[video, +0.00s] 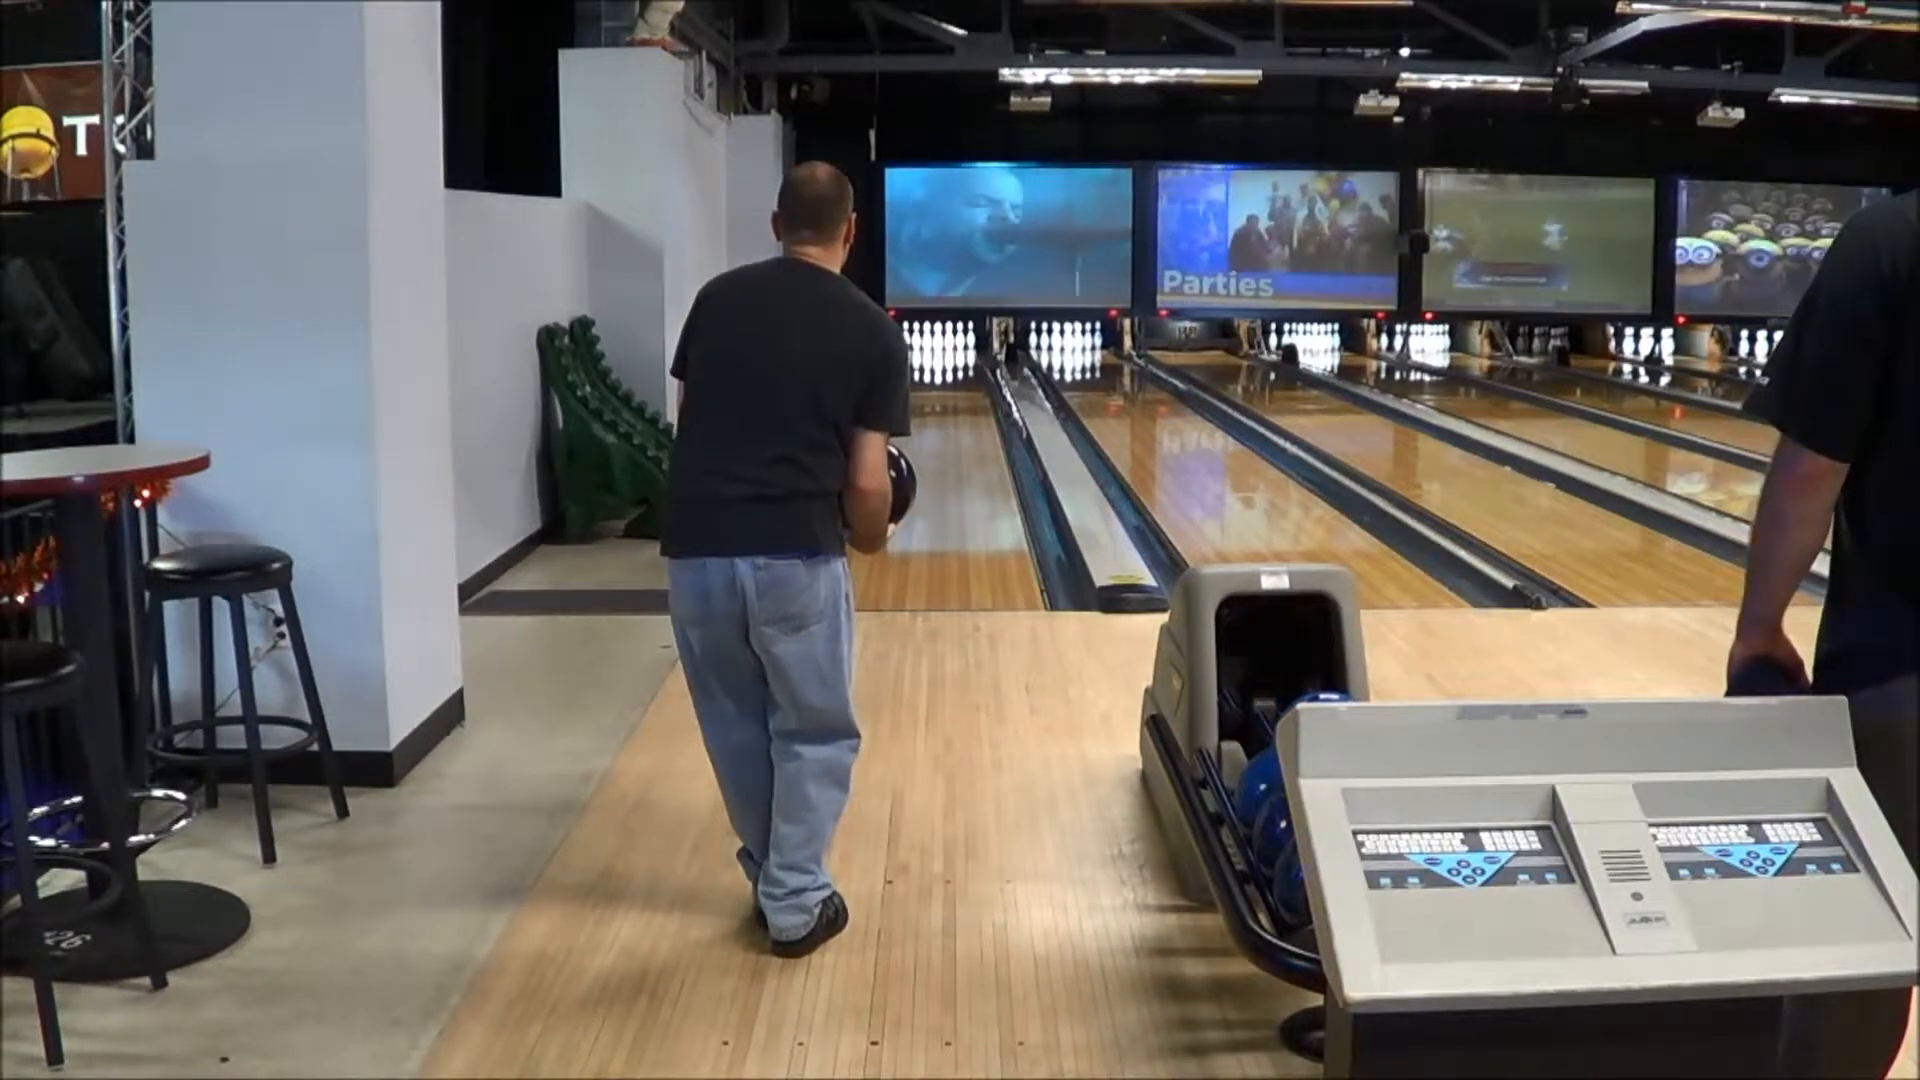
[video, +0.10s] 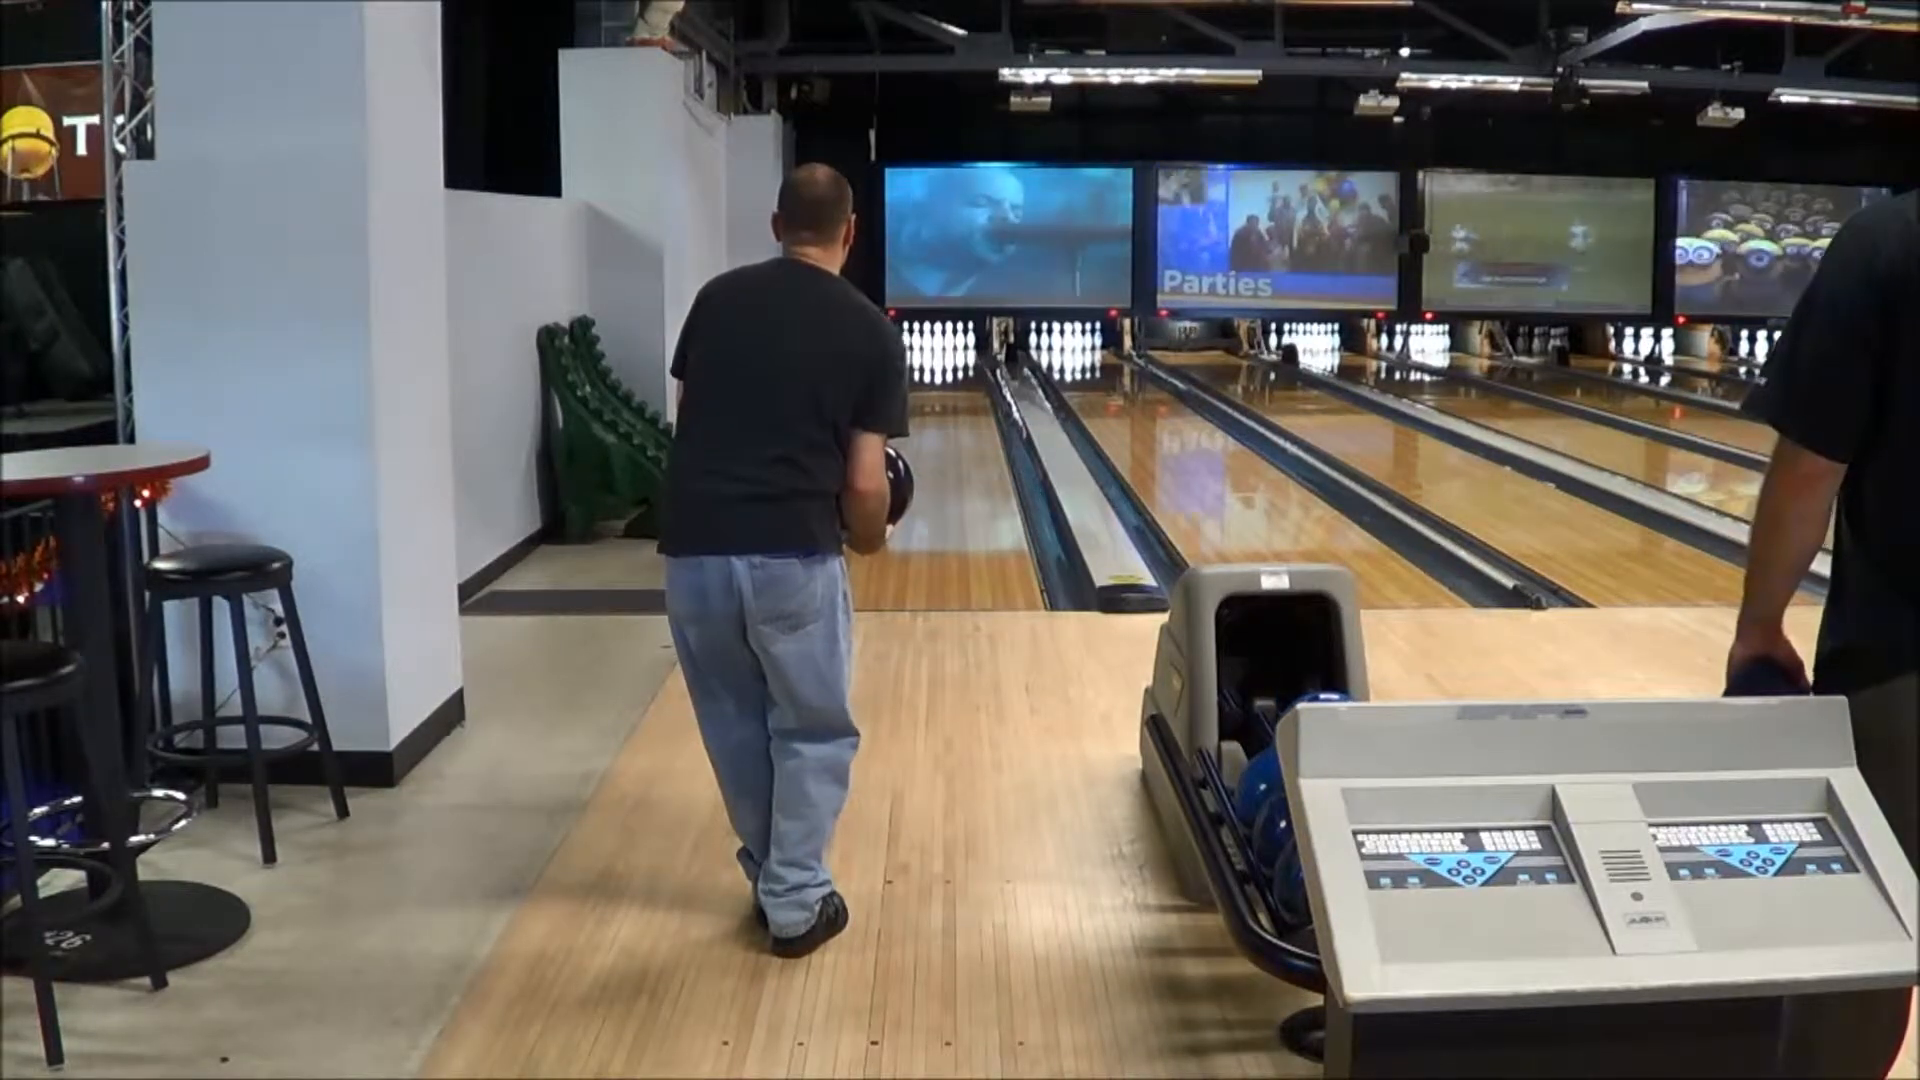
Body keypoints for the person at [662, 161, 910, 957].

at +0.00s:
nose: (850, 235)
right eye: (854, 224)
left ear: (775, 226)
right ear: (851, 229)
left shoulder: (717, 298)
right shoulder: (868, 328)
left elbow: (686, 421)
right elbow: (867, 485)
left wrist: (724, 486)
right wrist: (873, 538)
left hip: (695, 549)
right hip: (796, 551)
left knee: (733, 722)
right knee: (814, 731)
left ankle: (769, 869)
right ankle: (793, 903)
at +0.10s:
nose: (848, 238)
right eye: (854, 227)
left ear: (776, 227)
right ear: (850, 231)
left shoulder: (717, 297)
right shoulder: (867, 330)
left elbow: (685, 417)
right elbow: (865, 487)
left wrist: (724, 484)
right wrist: (870, 538)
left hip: (694, 547)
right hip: (793, 550)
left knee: (732, 717)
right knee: (812, 728)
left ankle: (766, 865)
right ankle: (794, 902)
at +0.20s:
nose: (846, 239)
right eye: (852, 229)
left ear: (777, 227)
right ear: (850, 233)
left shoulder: (717, 298)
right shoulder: (866, 329)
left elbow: (684, 413)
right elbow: (862, 487)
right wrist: (870, 538)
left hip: (691, 547)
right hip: (790, 550)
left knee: (731, 720)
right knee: (811, 726)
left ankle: (766, 868)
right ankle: (794, 901)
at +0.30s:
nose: (847, 241)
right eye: (853, 231)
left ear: (777, 229)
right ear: (849, 235)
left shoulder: (717, 298)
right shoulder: (866, 331)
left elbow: (684, 410)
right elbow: (859, 485)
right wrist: (868, 540)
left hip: (689, 544)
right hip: (788, 546)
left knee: (730, 718)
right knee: (810, 721)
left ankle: (767, 869)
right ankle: (794, 894)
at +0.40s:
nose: (845, 242)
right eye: (850, 232)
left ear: (777, 231)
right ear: (848, 237)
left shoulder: (716, 299)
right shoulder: (865, 333)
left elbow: (683, 411)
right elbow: (857, 482)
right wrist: (866, 540)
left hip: (687, 542)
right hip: (786, 543)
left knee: (731, 718)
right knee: (812, 717)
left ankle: (769, 877)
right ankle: (796, 889)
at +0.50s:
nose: (845, 242)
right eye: (850, 232)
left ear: (777, 231)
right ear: (848, 237)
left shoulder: (716, 301)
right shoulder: (864, 334)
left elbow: (682, 418)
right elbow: (857, 484)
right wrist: (864, 542)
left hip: (688, 546)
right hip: (786, 546)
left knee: (729, 720)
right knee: (812, 714)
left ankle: (769, 880)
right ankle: (799, 880)